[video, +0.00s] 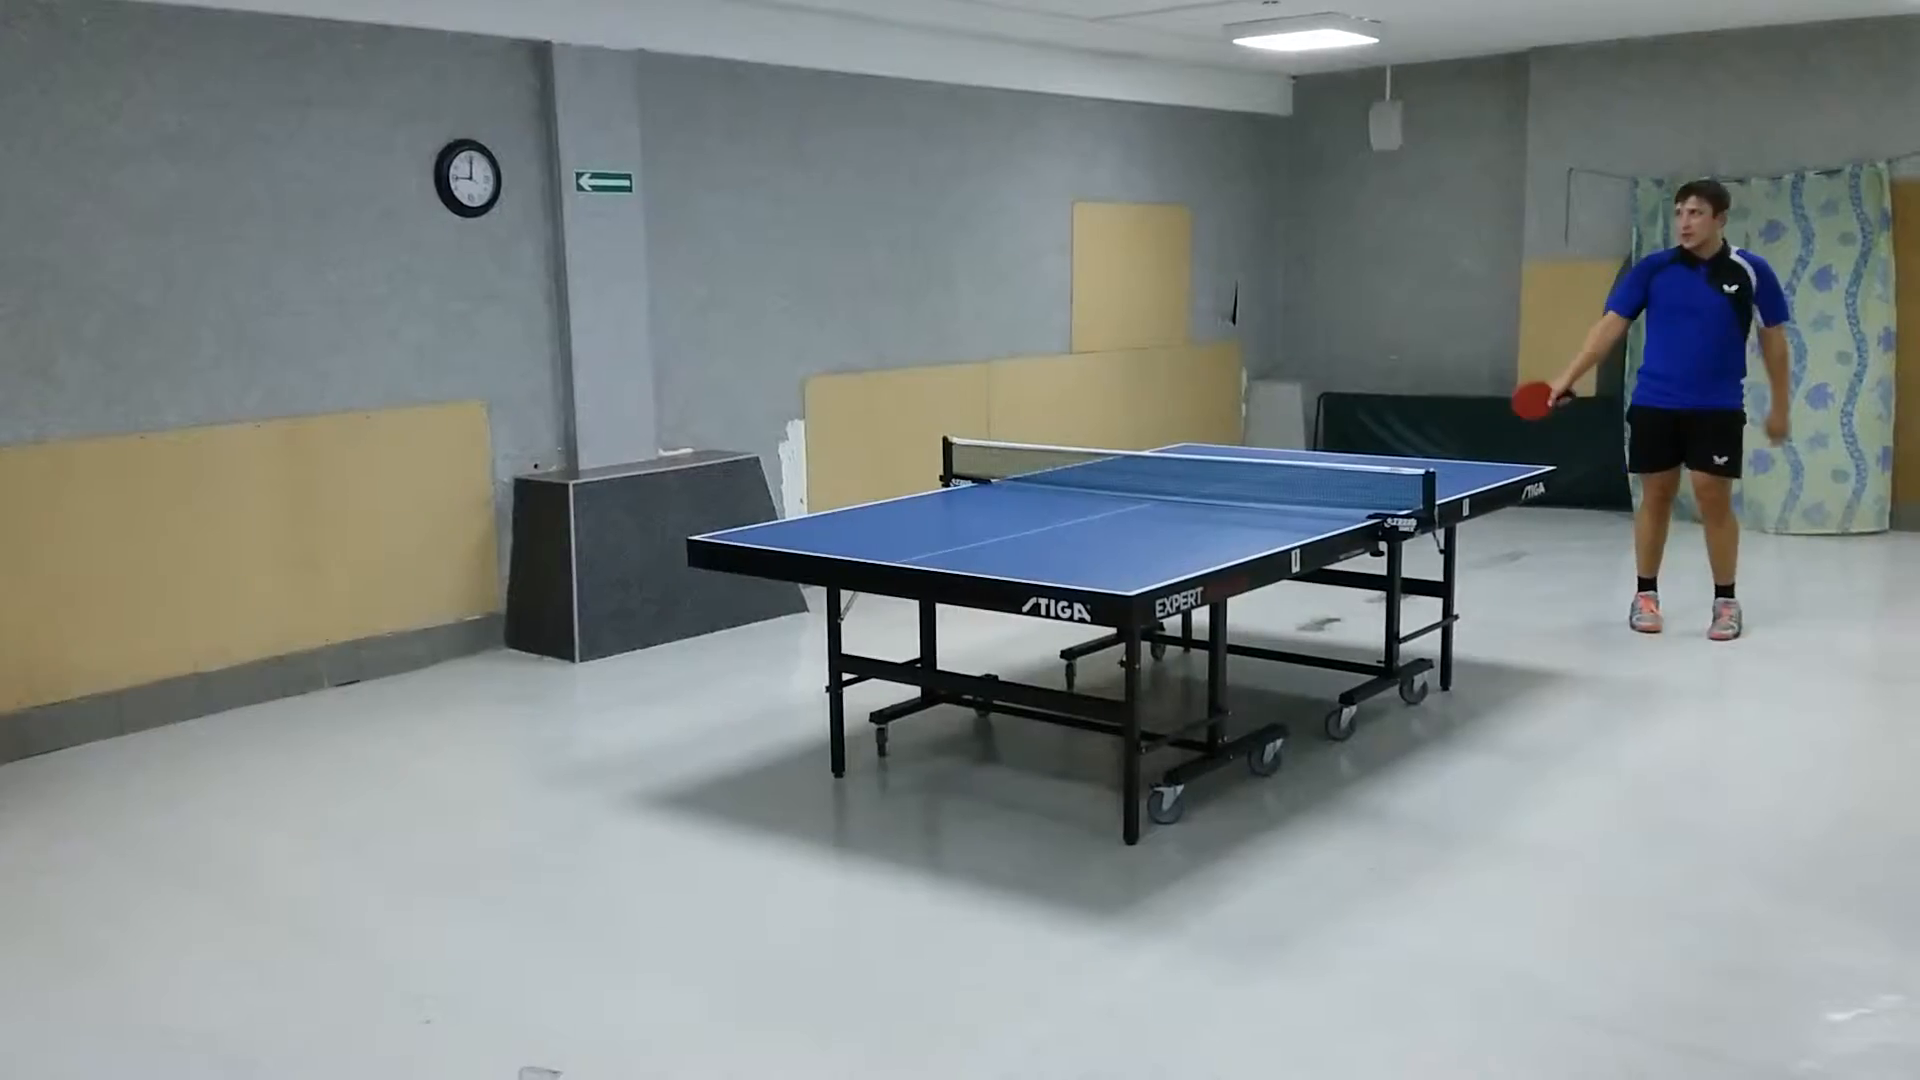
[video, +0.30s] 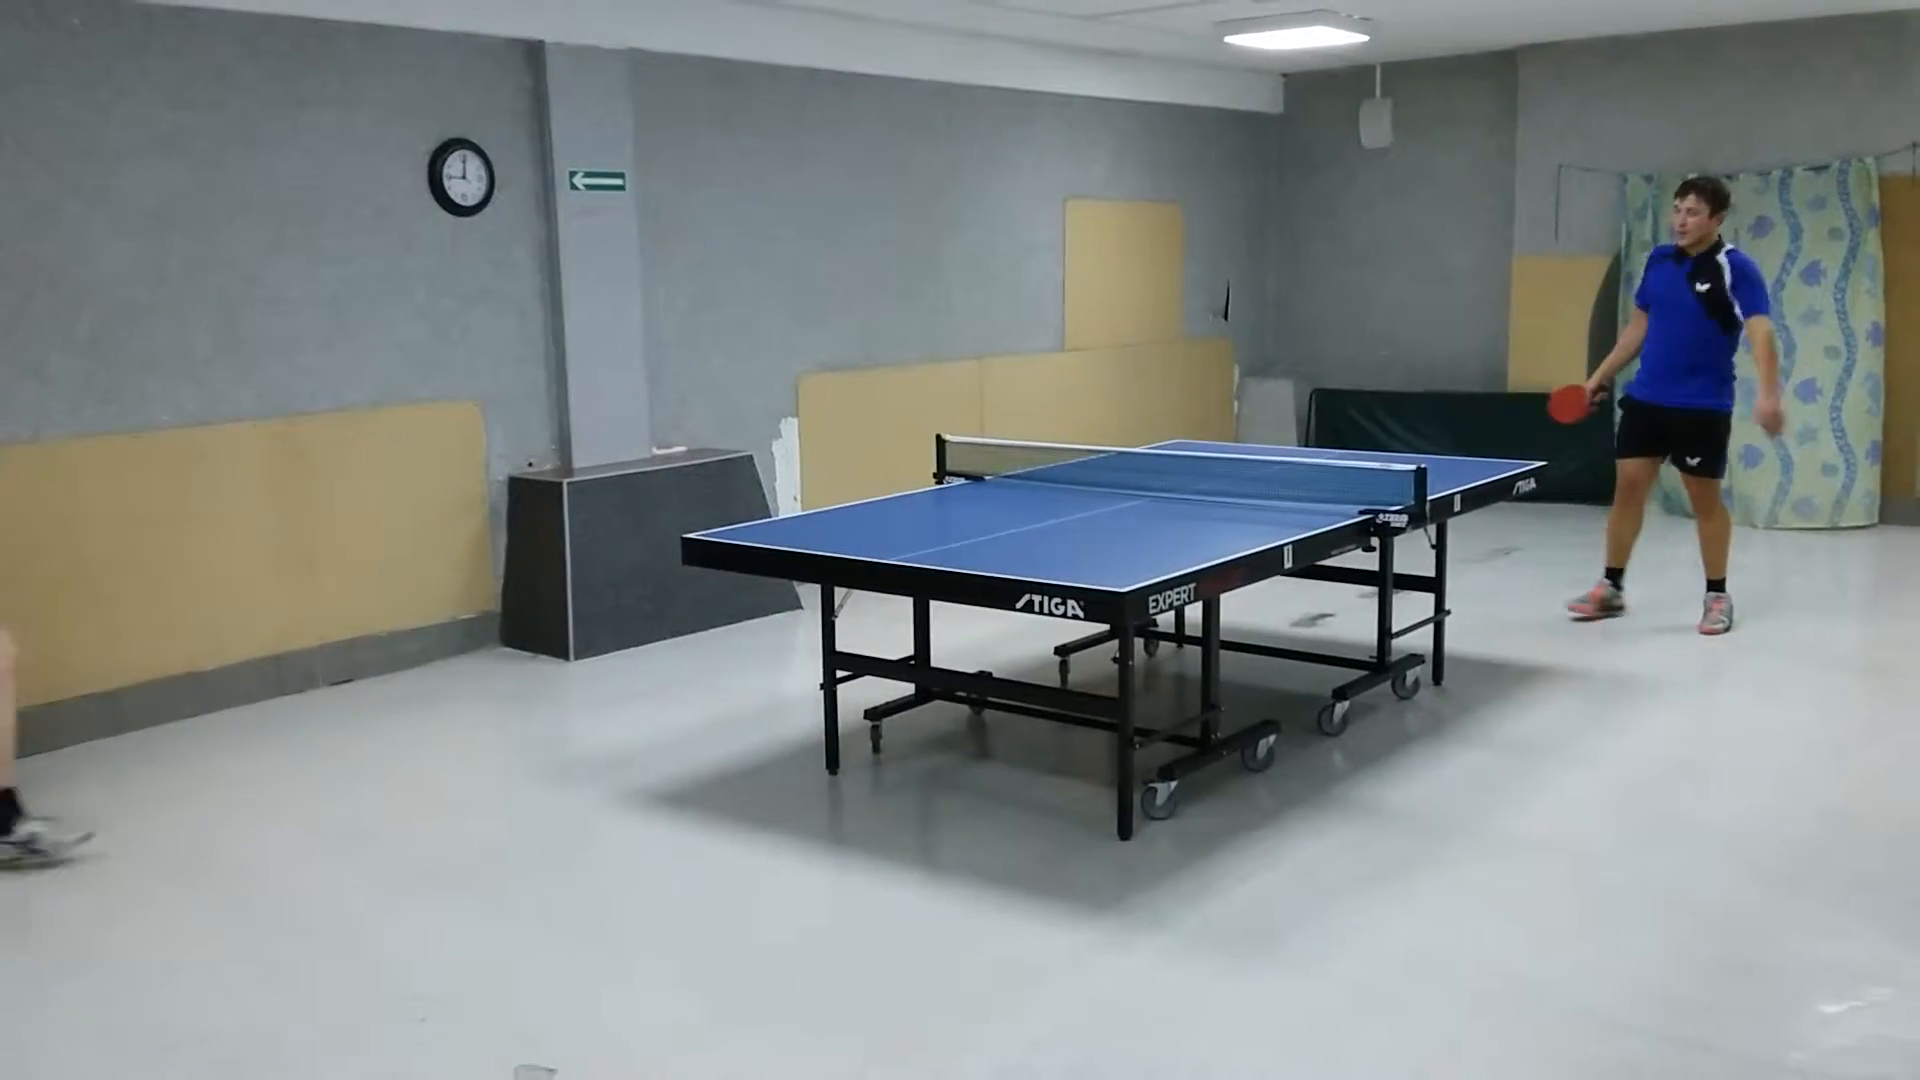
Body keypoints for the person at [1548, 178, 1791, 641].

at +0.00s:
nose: (1685, 221)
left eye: (1696, 213)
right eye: (1681, 213)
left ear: (1719, 220)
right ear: (1674, 219)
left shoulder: (1751, 272)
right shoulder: (1650, 269)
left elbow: (1773, 337)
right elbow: (1609, 325)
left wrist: (1780, 408)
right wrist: (1569, 376)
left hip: (1717, 409)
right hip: (1655, 405)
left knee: (1713, 498)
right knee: (1656, 495)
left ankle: (1725, 602)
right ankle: (1646, 596)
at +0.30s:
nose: (1682, 219)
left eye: (1693, 212)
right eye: (1679, 211)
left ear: (1717, 219)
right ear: (1673, 215)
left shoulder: (1735, 267)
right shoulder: (1659, 260)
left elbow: (1760, 333)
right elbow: (1638, 327)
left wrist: (1768, 396)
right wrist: (1601, 374)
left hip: (1702, 403)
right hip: (1647, 397)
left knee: (1705, 501)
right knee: (1628, 485)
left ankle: (1716, 597)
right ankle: (1610, 587)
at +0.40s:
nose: (1678, 222)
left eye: (1689, 215)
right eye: (1673, 213)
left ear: (1709, 221)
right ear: (1667, 215)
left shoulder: (1725, 261)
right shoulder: (1655, 262)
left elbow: (1736, 315)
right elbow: (1638, 329)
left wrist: (1717, 360)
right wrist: (1606, 381)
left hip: (1698, 400)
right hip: (1644, 396)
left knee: (1703, 494)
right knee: (1619, 484)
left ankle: (1716, 596)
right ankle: (1586, 584)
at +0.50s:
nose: (1671, 228)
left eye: (1682, 221)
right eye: (1665, 219)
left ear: (1699, 226)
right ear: (1654, 222)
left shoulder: (1710, 260)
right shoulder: (1641, 268)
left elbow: (1696, 293)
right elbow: (1628, 336)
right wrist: (1597, 384)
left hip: (1688, 403)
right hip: (1632, 399)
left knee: (1702, 499)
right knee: (1605, 485)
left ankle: (1714, 596)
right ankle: (1571, 584)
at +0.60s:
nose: (1660, 229)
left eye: (1671, 222)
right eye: (1652, 221)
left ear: (1684, 226)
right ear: (1640, 223)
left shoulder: (1691, 261)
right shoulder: (1623, 268)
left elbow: (1658, 256)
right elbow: (1614, 333)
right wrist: (1583, 384)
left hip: (1671, 406)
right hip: (1615, 403)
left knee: (1691, 498)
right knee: (1589, 488)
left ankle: (1710, 595)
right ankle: (1562, 587)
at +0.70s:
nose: (1620, 229)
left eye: (1629, 223)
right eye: (1615, 221)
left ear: (1648, 223)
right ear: (1610, 221)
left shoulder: (1664, 256)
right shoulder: (1598, 265)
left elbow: (1619, 220)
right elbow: (1587, 335)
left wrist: (1556, 194)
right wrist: (1557, 383)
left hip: (1646, 401)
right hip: (1590, 399)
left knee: (1668, 500)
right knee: (1571, 487)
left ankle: (1702, 592)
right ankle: (1556, 585)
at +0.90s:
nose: (1575, 223)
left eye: (1584, 216)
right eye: (1572, 215)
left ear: (1604, 218)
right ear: (1565, 218)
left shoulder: (1625, 251)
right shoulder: (1553, 264)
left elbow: (1583, 211)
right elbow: (1533, 328)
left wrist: (1530, 168)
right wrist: (1505, 380)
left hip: (1610, 393)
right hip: (1556, 393)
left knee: (1619, 484)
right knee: (1554, 481)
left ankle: (1667, 582)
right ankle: (1551, 583)